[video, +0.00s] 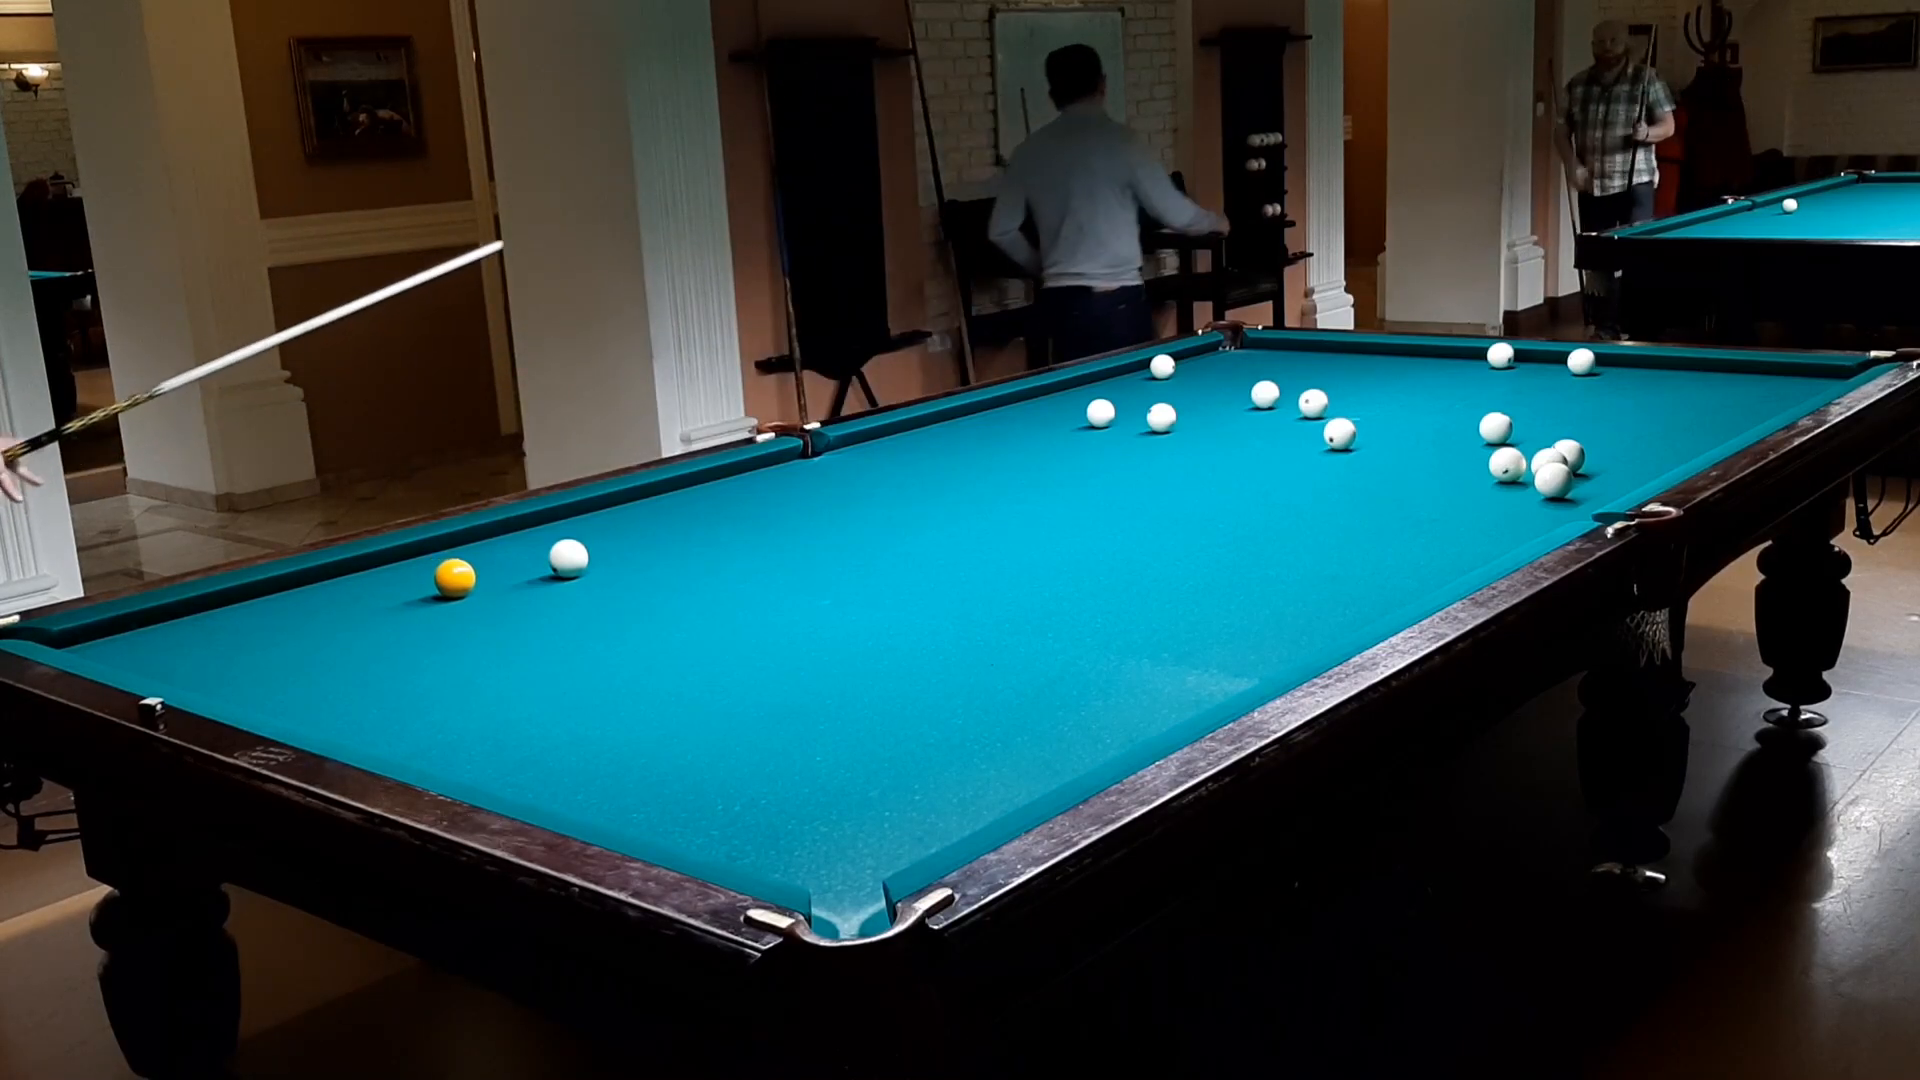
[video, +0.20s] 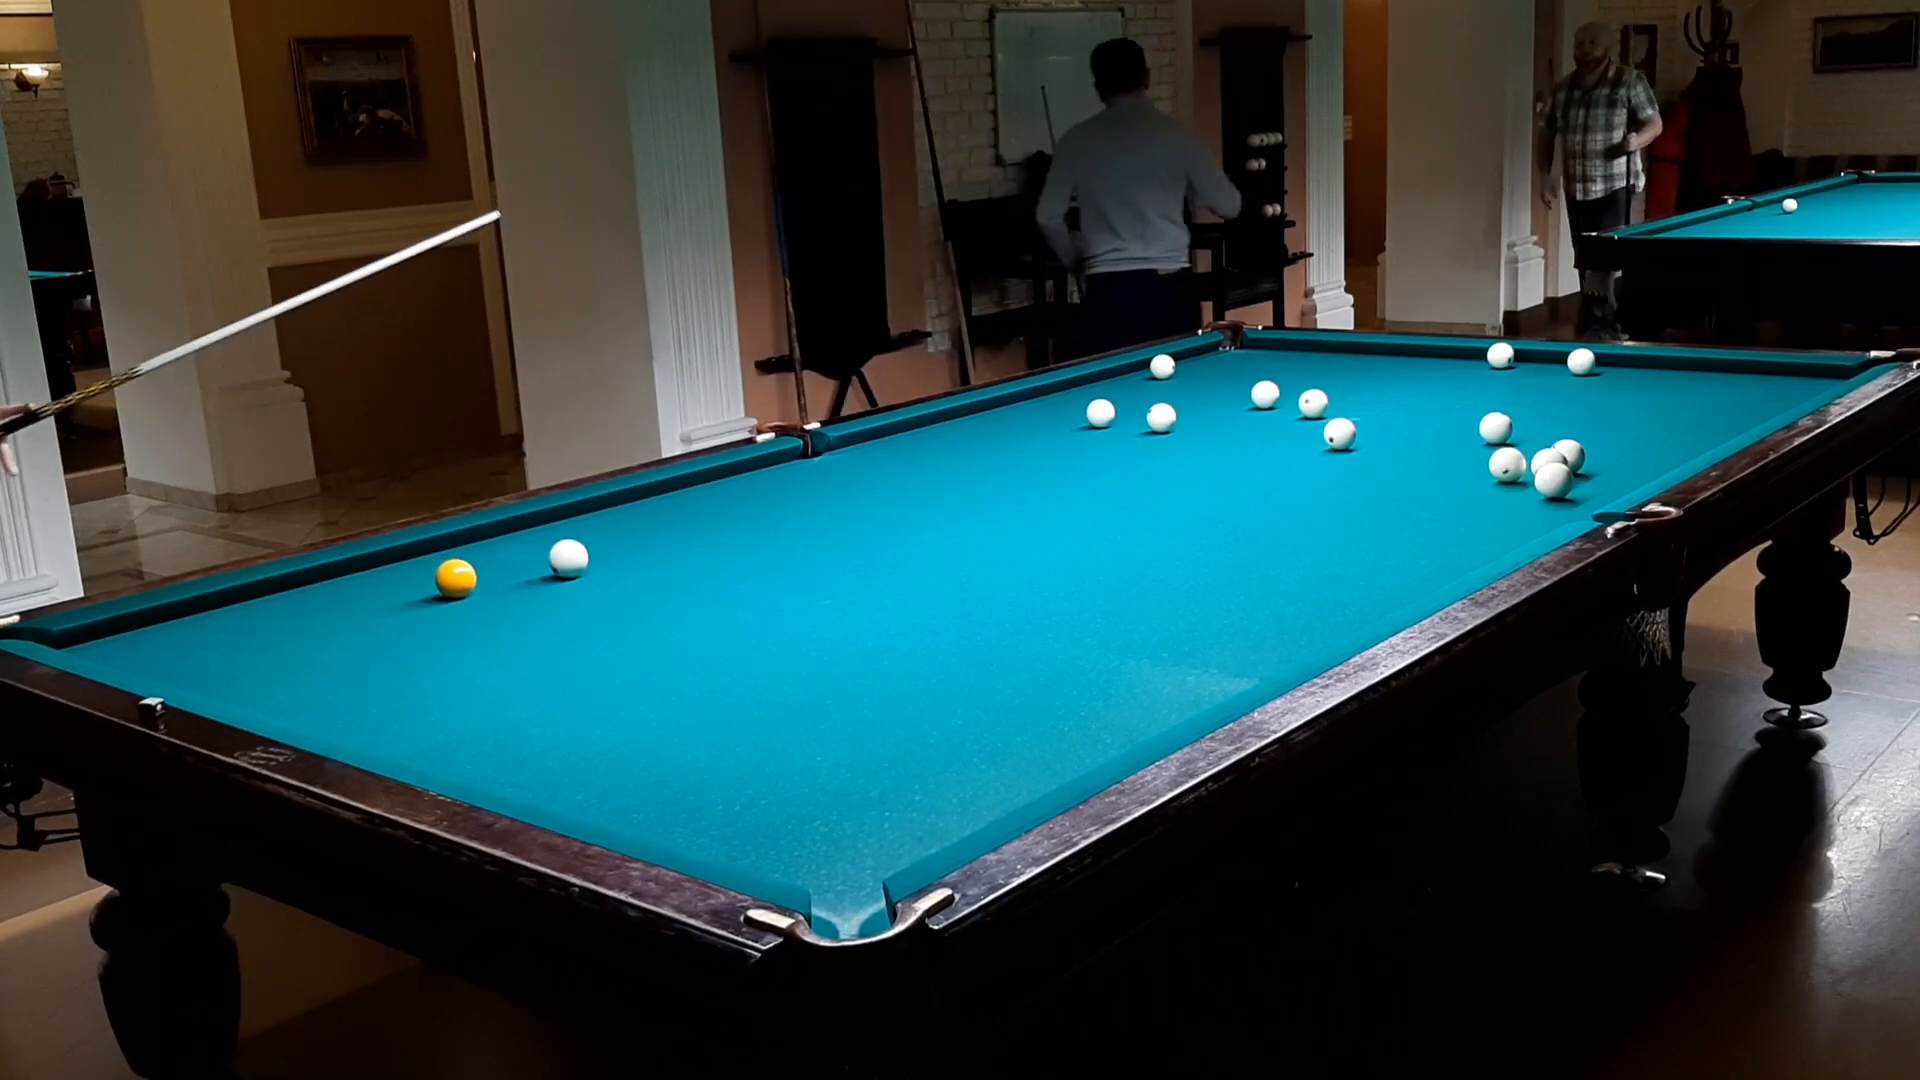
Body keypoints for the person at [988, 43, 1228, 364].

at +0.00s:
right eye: (1102, 80)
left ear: (1052, 95)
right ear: (1102, 85)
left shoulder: (1030, 151)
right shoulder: (1121, 140)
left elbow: (1001, 230)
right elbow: (1172, 212)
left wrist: (1042, 267)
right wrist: (1215, 221)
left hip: (1060, 302)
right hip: (1121, 301)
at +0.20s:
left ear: (1098, 88)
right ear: (1146, 78)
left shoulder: (1077, 140)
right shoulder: (1175, 134)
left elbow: (1049, 215)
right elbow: (1229, 205)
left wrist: (1077, 264)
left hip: (1105, 286)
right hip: (1171, 284)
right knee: (1175, 394)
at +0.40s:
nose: (1133, 100)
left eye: (1133, 93)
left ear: (1134, 96)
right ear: (1179, 87)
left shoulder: (1122, 146)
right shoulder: (1217, 140)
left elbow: (1100, 220)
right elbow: (1253, 205)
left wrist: (1093, 267)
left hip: (1147, 293)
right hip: (1211, 286)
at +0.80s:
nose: (1136, 94)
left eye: (1136, 85)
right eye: (1135, 85)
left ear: (1146, 85)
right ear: (1178, 77)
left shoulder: (1148, 130)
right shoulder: (1216, 120)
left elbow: (1148, 199)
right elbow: (1217, 185)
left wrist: (1120, 246)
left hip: (1172, 266)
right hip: (1222, 258)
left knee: (1172, 358)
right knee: (1219, 352)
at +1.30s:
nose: (1148, 96)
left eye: (1149, 87)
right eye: (1146, 88)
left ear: (1164, 83)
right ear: (1187, 74)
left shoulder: (1183, 118)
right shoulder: (1228, 116)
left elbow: (1200, 180)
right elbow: (1233, 181)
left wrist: (1159, 225)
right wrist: (1171, 176)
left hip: (1197, 252)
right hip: (1233, 246)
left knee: (1187, 345)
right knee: (1224, 339)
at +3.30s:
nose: (1123, 103)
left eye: (1121, 94)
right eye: (1119, 95)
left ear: (1131, 87)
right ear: (1159, 76)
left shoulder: (1153, 120)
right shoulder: (1201, 110)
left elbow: (1167, 183)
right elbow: (1207, 177)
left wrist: (1138, 242)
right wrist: (1142, 186)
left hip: (1182, 253)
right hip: (1221, 243)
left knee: (1182, 347)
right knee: (1220, 340)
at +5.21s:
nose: (1115, 110)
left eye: (1113, 101)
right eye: (1111, 103)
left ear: (1122, 92)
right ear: (1148, 81)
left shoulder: (1144, 121)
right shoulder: (1193, 109)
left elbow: (1163, 183)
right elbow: (1207, 171)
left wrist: (1134, 243)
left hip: (1180, 249)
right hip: (1220, 239)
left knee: (1180, 344)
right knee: (1221, 334)